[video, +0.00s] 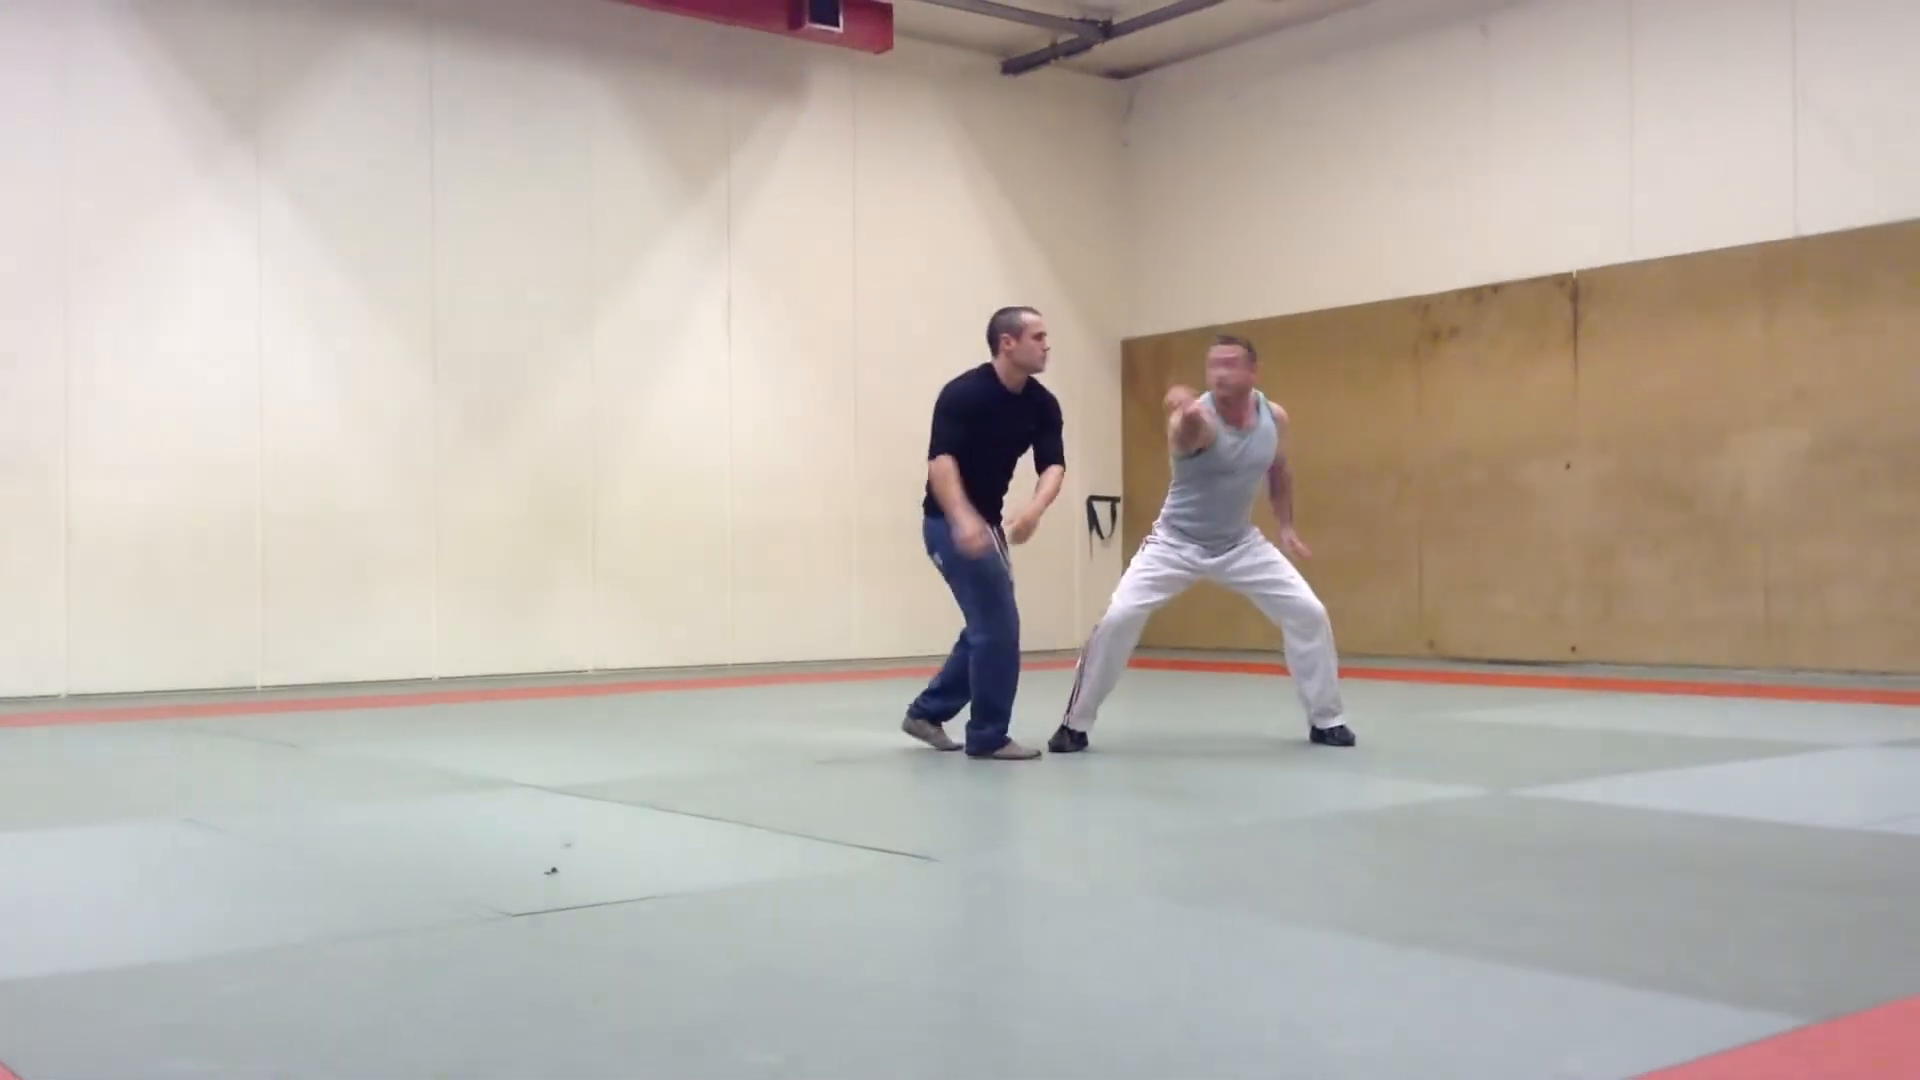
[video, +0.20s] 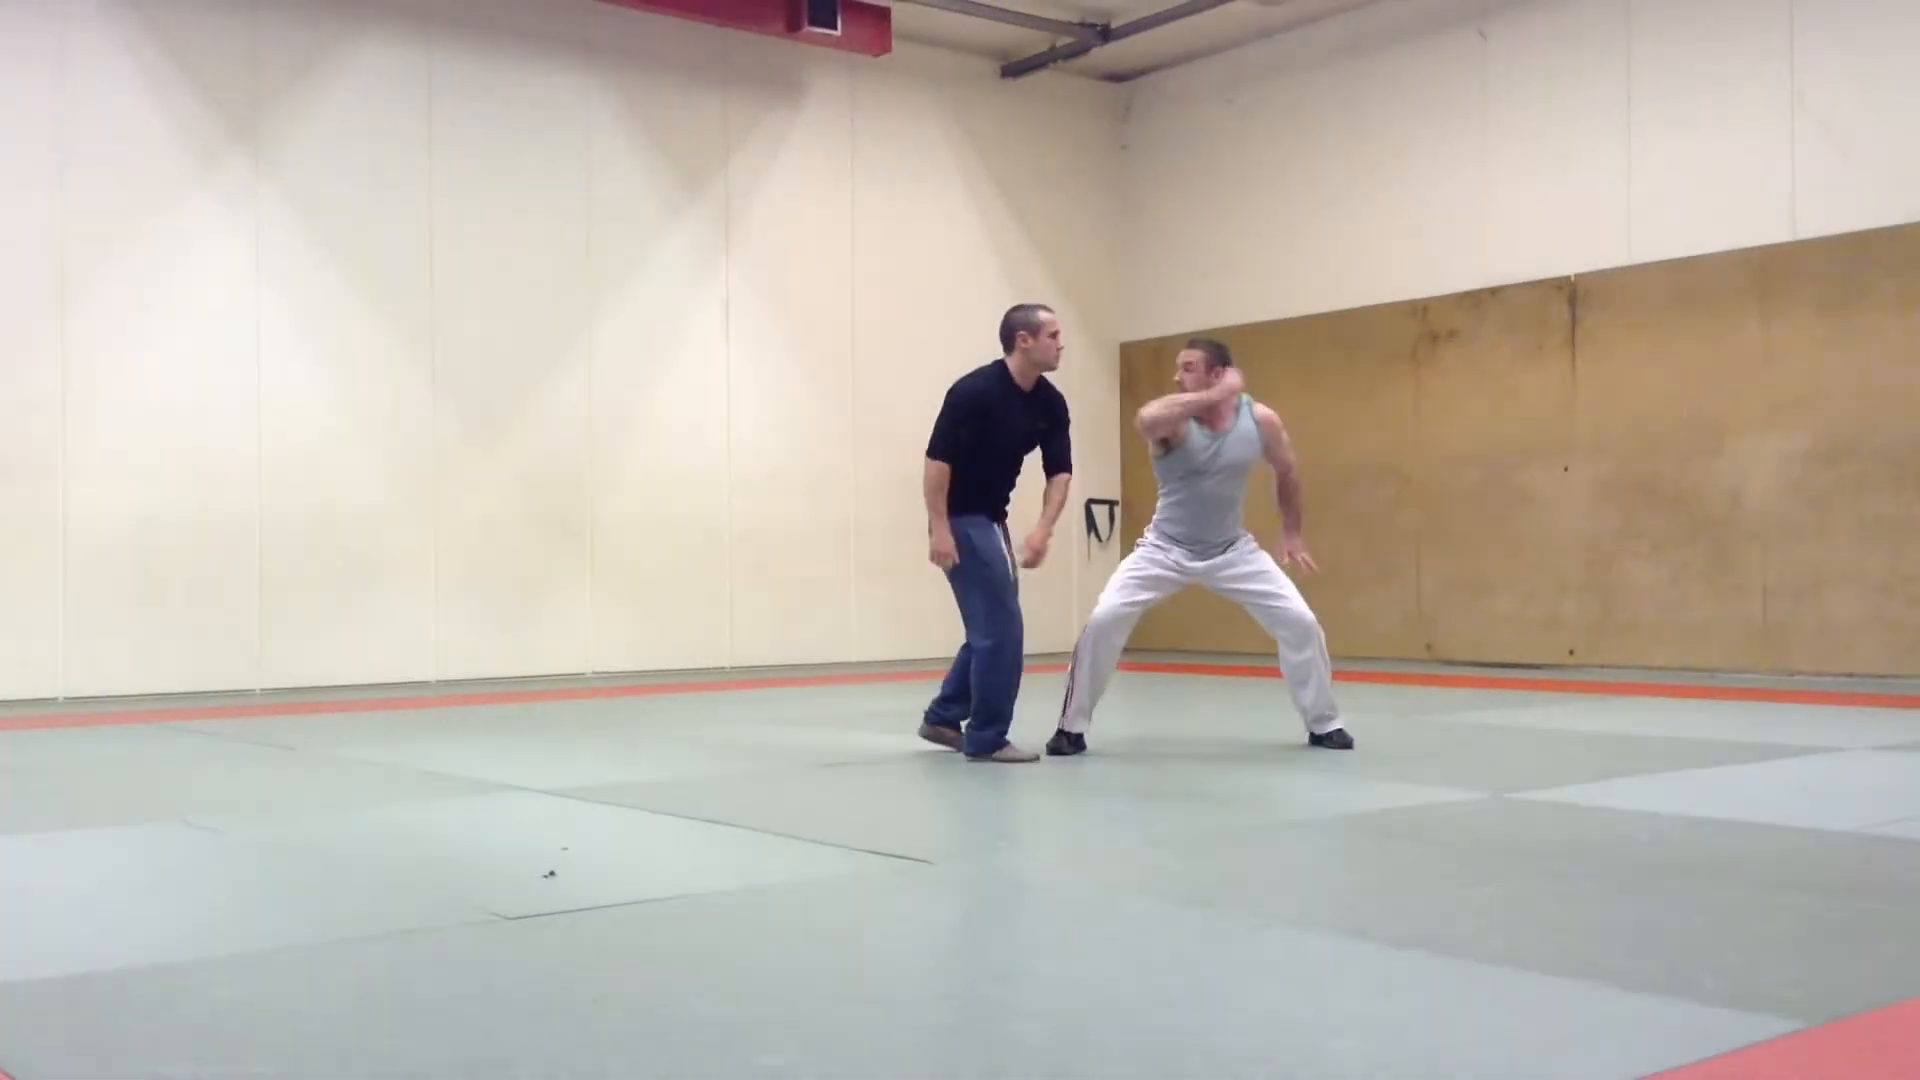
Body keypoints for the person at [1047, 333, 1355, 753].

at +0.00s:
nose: (1219, 373)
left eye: (1230, 365)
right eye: (1214, 365)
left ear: (1253, 372)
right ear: (1206, 371)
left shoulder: (1273, 419)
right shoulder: (1195, 415)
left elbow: (1277, 469)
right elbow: (1185, 439)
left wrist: (1286, 525)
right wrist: (1188, 418)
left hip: (1240, 546)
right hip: (1174, 545)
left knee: (1309, 614)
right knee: (1118, 618)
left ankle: (1325, 720)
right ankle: (1075, 724)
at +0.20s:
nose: (1179, 377)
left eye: (1189, 370)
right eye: (1179, 370)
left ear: (1220, 376)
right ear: (1182, 375)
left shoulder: (1260, 420)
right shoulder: (1173, 419)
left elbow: (1287, 472)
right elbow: (1146, 421)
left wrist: (1291, 535)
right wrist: (1215, 394)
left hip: (1231, 552)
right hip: (1163, 550)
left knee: (1301, 623)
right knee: (1105, 619)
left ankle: (1322, 724)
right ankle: (1071, 728)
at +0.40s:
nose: (1163, 376)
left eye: (1173, 368)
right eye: (1162, 368)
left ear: (1202, 373)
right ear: (1165, 375)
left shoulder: (1246, 418)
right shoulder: (1158, 416)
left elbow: (1278, 471)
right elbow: (1118, 407)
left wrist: (1286, 537)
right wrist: (1181, 414)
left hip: (1225, 553)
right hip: (1157, 552)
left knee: (1297, 625)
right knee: (1096, 620)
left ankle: (1323, 724)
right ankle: (1069, 729)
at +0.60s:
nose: (1164, 373)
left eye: (1174, 364)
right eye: (1164, 364)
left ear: (1203, 369)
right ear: (1166, 371)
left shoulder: (1248, 416)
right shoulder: (1151, 409)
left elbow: (1283, 472)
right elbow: (1090, 395)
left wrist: (1293, 537)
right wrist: (1090, 372)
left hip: (1227, 551)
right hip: (1158, 550)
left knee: (1299, 625)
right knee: (1096, 620)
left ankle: (1323, 724)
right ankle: (1069, 729)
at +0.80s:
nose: (1166, 369)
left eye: (1175, 361)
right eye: (1166, 361)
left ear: (1205, 366)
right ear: (1186, 368)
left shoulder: (1253, 414)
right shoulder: (1155, 407)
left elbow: (1293, 465)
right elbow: (1094, 387)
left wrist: (1310, 530)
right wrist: (1040, 361)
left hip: (1233, 549)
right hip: (1163, 549)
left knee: (1303, 626)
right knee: (1099, 622)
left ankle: (1324, 726)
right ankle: (1069, 730)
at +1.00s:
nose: (1157, 365)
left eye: (1165, 356)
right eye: (1156, 357)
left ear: (1196, 359)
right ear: (1178, 362)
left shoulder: (1247, 399)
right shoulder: (1153, 411)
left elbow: (1300, 437)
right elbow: (1089, 429)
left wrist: (1284, 469)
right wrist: (1080, 403)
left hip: (1244, 544)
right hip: (1174, 541)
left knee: (1301, 629)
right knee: (1111, 610)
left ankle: (1324, 724)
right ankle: (1091, 722)